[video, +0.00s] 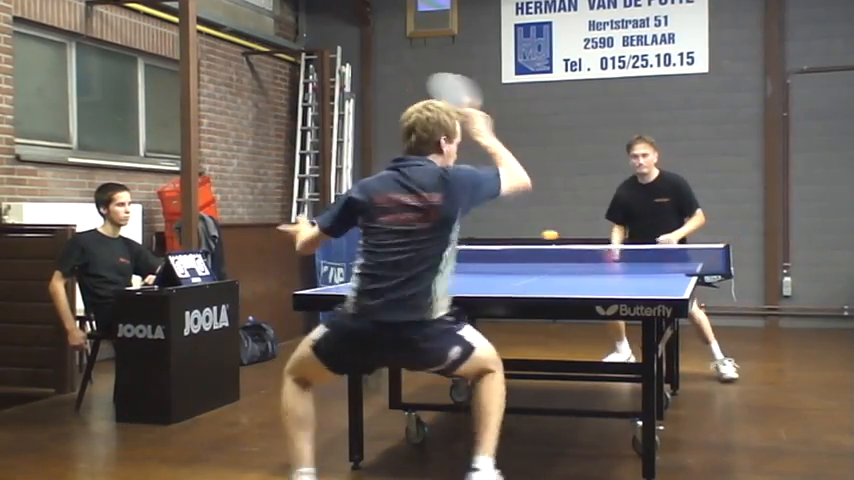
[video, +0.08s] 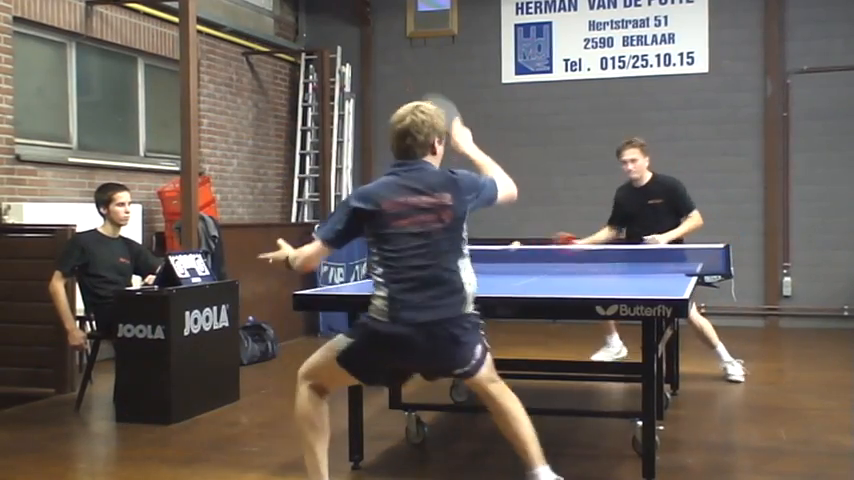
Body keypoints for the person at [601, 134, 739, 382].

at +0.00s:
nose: (639, 161)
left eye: (644, 155)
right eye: (634, 157)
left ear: (655, 156)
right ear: (629, 161)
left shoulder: (674, 184)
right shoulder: (625, 190)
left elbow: (699, 218)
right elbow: (618, 226)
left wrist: (676, 235)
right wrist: (615, 247)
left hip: (672, 264)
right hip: (635, 265)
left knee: (691, 307)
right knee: (608, 301)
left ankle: (719, 358)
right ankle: (623, 350)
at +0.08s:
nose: (628, 167)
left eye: (633, 161)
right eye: (624, 163)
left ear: (646, 160)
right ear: (620, 165)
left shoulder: (670, 187)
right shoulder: (623, 193)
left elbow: (696, 220)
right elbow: (613, 230)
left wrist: (665, 237)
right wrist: (582, 243)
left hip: (670, 267)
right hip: (633, 268)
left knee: (690, 312)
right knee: (596, 291)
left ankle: (728, 361)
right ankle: (614, 343)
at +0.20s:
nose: (602, 180)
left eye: (607, 175)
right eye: (599, 176)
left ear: (623, 175)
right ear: (600, 181)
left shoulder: (645, 197)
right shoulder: (603, 209)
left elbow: (680, 223)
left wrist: (644, 235)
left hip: (664, 270)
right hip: (623, 273)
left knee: (687, 314)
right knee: (579, 297)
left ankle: (729, 361)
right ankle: (561, 349)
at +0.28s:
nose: (576, 183)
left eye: (581, 178)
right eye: (574, 180)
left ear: (598, 178)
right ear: (575, 184)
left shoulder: (620, 197)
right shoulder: (577, 213)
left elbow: (661, 214)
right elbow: (539, 224)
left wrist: (627, 223)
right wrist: (500, 221)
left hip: (645, 271)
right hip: (604, 274)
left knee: (678, 315)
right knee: (565, 303)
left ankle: (726, 361)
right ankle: (541, 352)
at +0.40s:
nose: (547, 184)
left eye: (553, 179)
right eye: (545, 180)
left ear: (567, 181)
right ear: (543, 186)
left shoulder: (589, 198)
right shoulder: (545, 214)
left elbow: (635, 212)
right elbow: (527, 236)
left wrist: (615, 206)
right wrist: (516, 228)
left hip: (610, 269)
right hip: (568, 273)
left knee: (653, 310)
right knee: (536, 299)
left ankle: (700, 358)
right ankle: (528, 359)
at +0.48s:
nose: (541, 181)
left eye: (545, 175)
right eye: (536, 177)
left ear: (558, 176)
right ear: (532, 181)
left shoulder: (579, 195)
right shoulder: (532, 211)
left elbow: (625, 206)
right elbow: (498, 226)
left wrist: (611, 197)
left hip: (597, 266)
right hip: (556, 270)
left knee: (629, 311)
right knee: (525, 296)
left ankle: (666, 353)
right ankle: (527, 352)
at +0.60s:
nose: (534, 179)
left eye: (538, 173)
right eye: (529, 175)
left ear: (549, 175)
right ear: (524, 179)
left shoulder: (568, 192)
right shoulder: (523, 207)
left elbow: (607, 199)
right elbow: (492, 234)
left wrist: (606, 194)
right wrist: (457, 249)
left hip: (582, 263)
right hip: (545, 266)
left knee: (594, 301)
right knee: (512, 293)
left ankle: (630, 344)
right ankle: (507, 345)